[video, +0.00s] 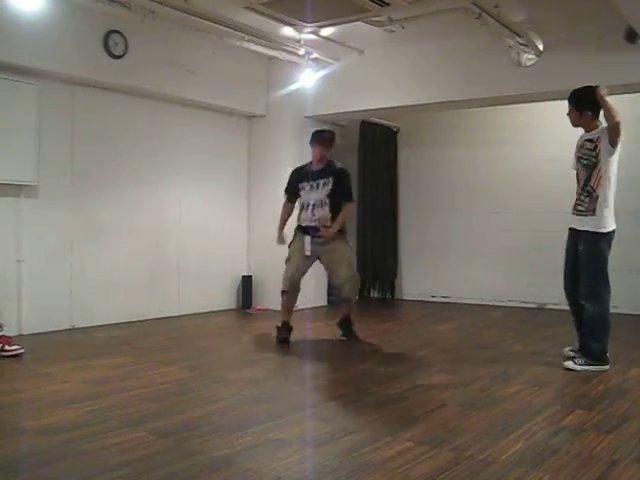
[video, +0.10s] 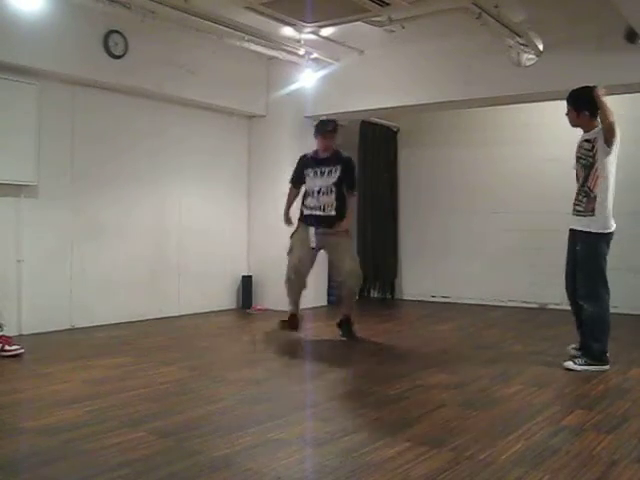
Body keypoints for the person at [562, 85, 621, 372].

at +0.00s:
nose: (568, 116)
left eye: (571, 111)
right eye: (569, 111)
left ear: (584, 112)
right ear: (586, 112)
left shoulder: (606, 139)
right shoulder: (583, 139)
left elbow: (615, 123)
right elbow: (584, 176)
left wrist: (602, 98)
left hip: (597, 227)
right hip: (578, 224)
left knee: (593, 291)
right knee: (574, 288)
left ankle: (597, 355)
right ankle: (586, 346)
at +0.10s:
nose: (568, 117)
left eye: (570, 112)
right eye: (568, 112)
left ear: (582, 112)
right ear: (586, 113)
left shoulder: (604, 139)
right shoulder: (586, 139)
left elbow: (609, 125)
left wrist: (600, 98)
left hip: (595, 228)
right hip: (579, 225)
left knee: (592, 291)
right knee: (575, 288)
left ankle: (597, 355)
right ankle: (587, 345)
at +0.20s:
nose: (568, 120)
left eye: (569, 114)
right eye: (567, 114)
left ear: (582, 113)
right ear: (584, 113)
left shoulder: (602, 140)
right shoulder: (587, 139)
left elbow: (602, 123)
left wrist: (597, 98)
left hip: (593, 228)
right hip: (580, 226)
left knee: (590, 290)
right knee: (579, 288)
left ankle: (596, 355)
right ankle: (588, 346)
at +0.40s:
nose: (567, 127)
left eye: (568, 121)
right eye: (566, 121)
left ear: (580, 118)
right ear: (579, 118)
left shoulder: (598, 142)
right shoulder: (586, 142)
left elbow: (591, 128)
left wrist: (590, 105)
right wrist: (588, 102)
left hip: (589, 229)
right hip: (579, 228)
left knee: (588, 294)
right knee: (583, 292)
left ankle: (596, 356)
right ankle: (588, 346)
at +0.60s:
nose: (562, 124)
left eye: (564, 119)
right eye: (562, 119)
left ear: (576, 118)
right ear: (576, 119)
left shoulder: (591, 142)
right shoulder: (587, 145)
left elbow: (581, 122)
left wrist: (588, 105)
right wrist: (587, 104)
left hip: (583, 228)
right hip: (589, 227)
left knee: (566, 285)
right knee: (590, 287)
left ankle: (588, 347)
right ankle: (594, 345)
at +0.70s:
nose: (561, 126)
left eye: (563, 120)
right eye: (560, 120)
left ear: (574, 118)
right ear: (574, 120)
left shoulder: (586, 142)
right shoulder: (591, 144)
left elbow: (576, 119)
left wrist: (585, 104)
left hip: (579, 227)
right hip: (592, 228)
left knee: (554, 284)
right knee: (591, 290)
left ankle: (578, 342)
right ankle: (598, 345)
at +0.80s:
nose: (557, 126)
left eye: (558, 120)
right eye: (556, 121)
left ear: (568, 118)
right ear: (569, 121)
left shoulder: (582, 142)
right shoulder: (590, 144)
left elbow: (572, 121)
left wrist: (580, 104)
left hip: (575, 225)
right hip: (592, 227)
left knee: (546, 281)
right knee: (589, 290)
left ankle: (561, 342)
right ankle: (596, 346)